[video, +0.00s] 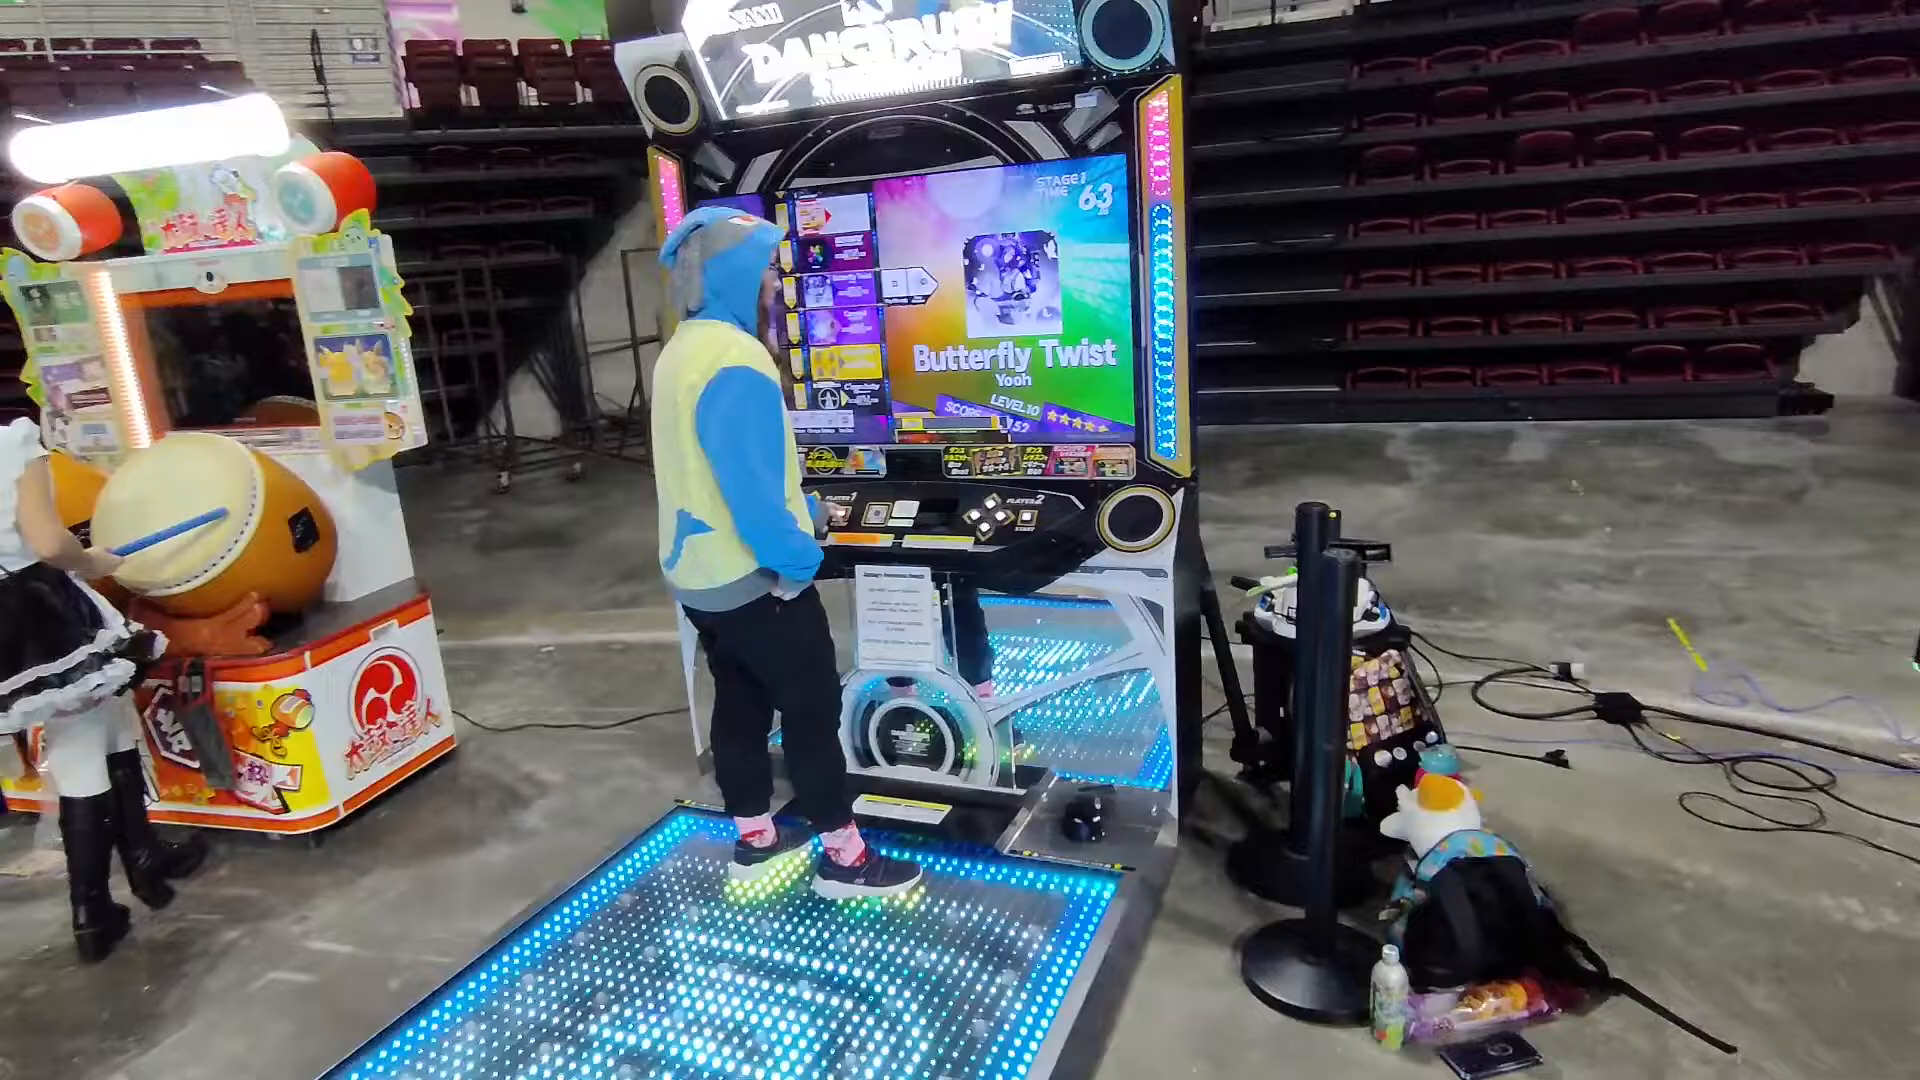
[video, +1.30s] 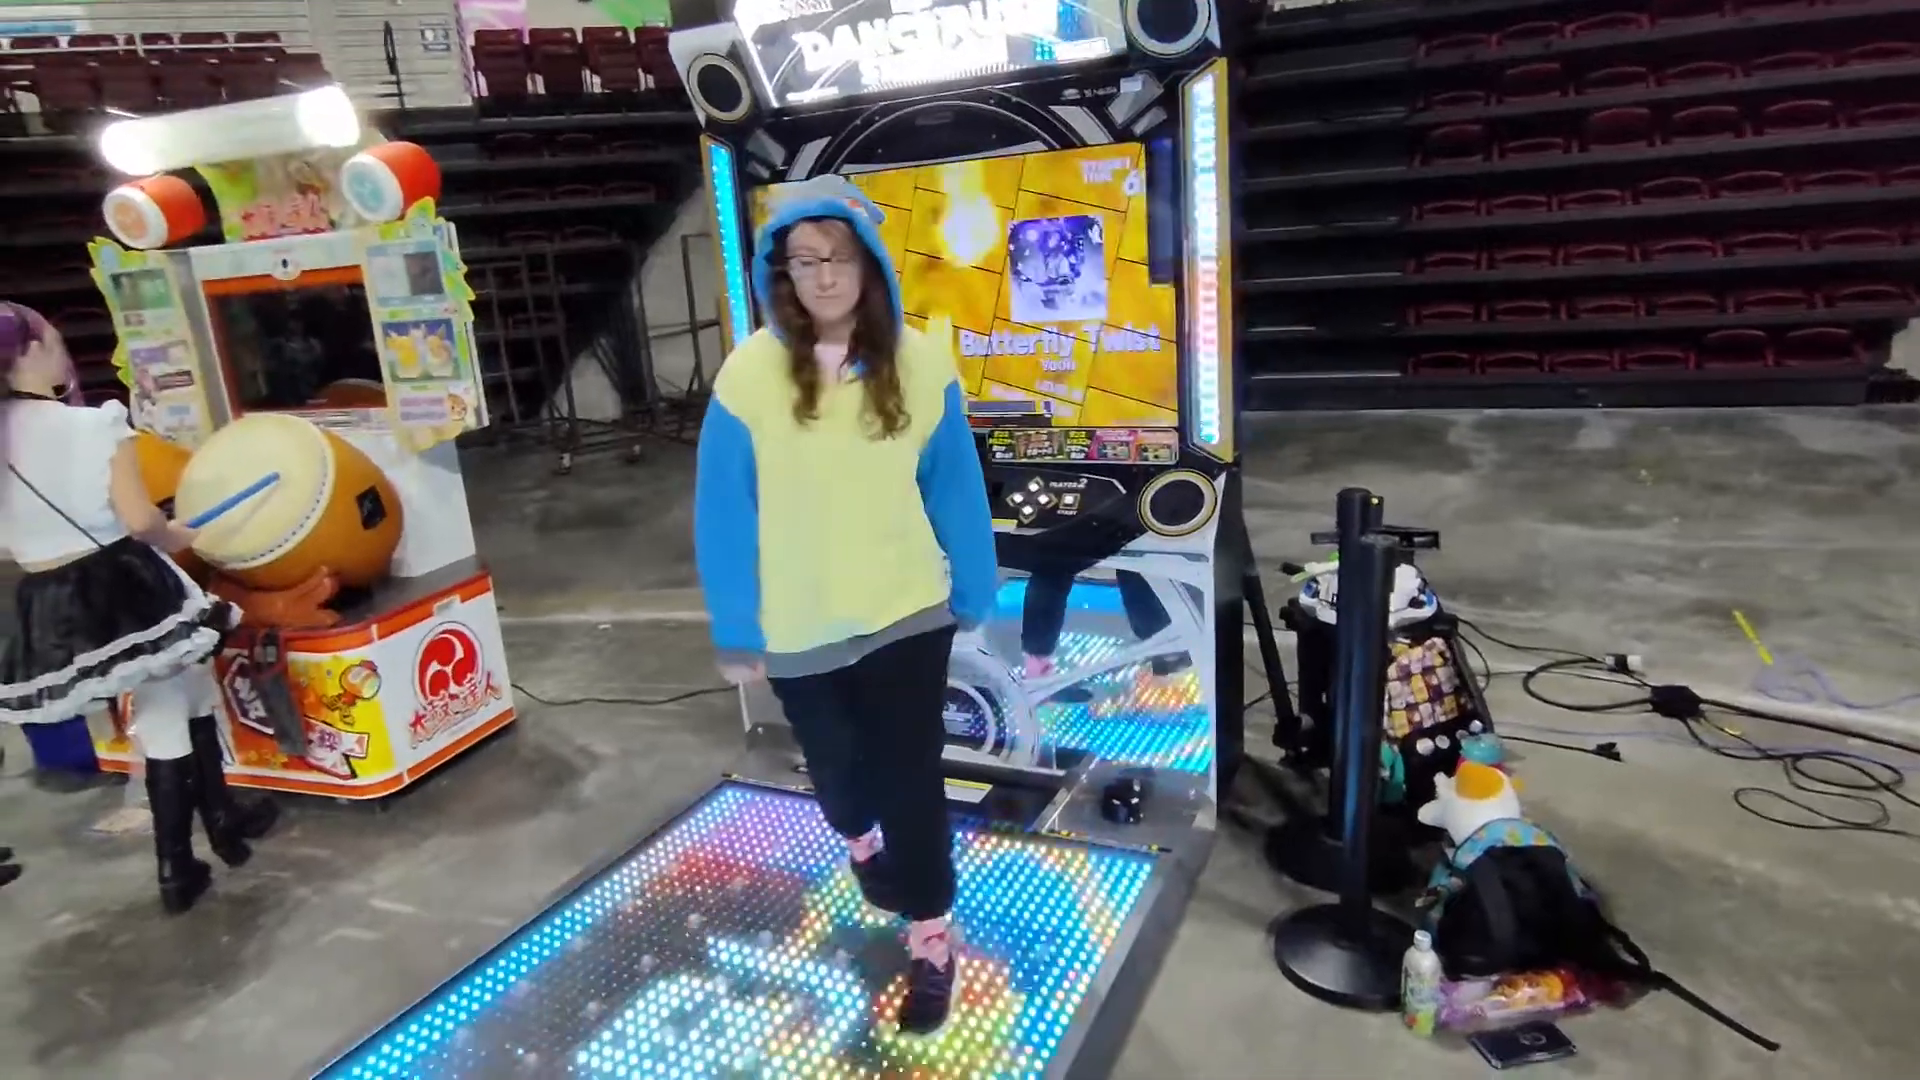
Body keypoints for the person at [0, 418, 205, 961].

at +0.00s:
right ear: (17, 379)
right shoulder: (17, 437)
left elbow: (42, 544)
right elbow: (45, 540)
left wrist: (77, 556)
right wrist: (88, 560)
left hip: (21, 628)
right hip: (41, 623)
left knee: (115, 720)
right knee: (80, 758)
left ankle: (144, 861)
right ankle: (90, 912)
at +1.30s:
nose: (65, 354)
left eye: (59, 343)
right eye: (56, 344)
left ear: (8, 361)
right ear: (32, 352)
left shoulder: (5, 436)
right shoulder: (95, 425)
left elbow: (15, 548)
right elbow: (139, 521)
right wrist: (174, 535)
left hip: (50, 607)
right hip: (124, 592)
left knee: (191, 679)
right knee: (163, 714)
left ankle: (223, 818)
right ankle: (175, 866)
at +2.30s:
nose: (54, 334)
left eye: (47, 323)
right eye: (46, 323)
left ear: (4, 340)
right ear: (22, 333)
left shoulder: (7, 412)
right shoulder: (92, 408)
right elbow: (147, 500)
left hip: (34, 595)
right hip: (112, 585)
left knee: (166, 670)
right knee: (151, 695)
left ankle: (205, 809)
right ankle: (154, 858)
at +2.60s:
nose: (17, 315)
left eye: (12, 302)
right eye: (11, 302)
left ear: (8, 310)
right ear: (3, 312)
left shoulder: (47, 378)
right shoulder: (57, 377)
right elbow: (111, 474)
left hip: (14, 569)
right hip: (79, 553)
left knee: (134, 657)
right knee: (120, 678)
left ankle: (173, 781)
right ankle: (120, 834)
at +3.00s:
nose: (30, 261)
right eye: (24, 251)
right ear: (16, 257)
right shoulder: (48, 323)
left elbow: (92, 419)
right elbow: (94, 421)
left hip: (11, 505)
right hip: (70, 493)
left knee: (125, 593)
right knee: (108, 623)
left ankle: (165, 726)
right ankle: (118, 774)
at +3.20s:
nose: (23, 230)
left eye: (17, 218)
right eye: (15, 219)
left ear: (3, 233)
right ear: (4, 233)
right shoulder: (65, 302)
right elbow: (116, 400)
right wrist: (108, 339)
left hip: (15, 490)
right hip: (87, 479)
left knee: (144, 556)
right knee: (135, 589)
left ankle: (190, 700)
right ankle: (144, 747)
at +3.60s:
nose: (51, 205)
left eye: (46, 194)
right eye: (43, 194)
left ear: (6, 209)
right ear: (22, 202)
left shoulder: (6, 281)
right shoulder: (93, 276)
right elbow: (144, 373)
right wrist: (125, 312)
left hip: (41, 449)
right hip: (116, 439)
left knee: (172, 528)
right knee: (160, 558)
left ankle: (215, 661)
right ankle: (173, 710)